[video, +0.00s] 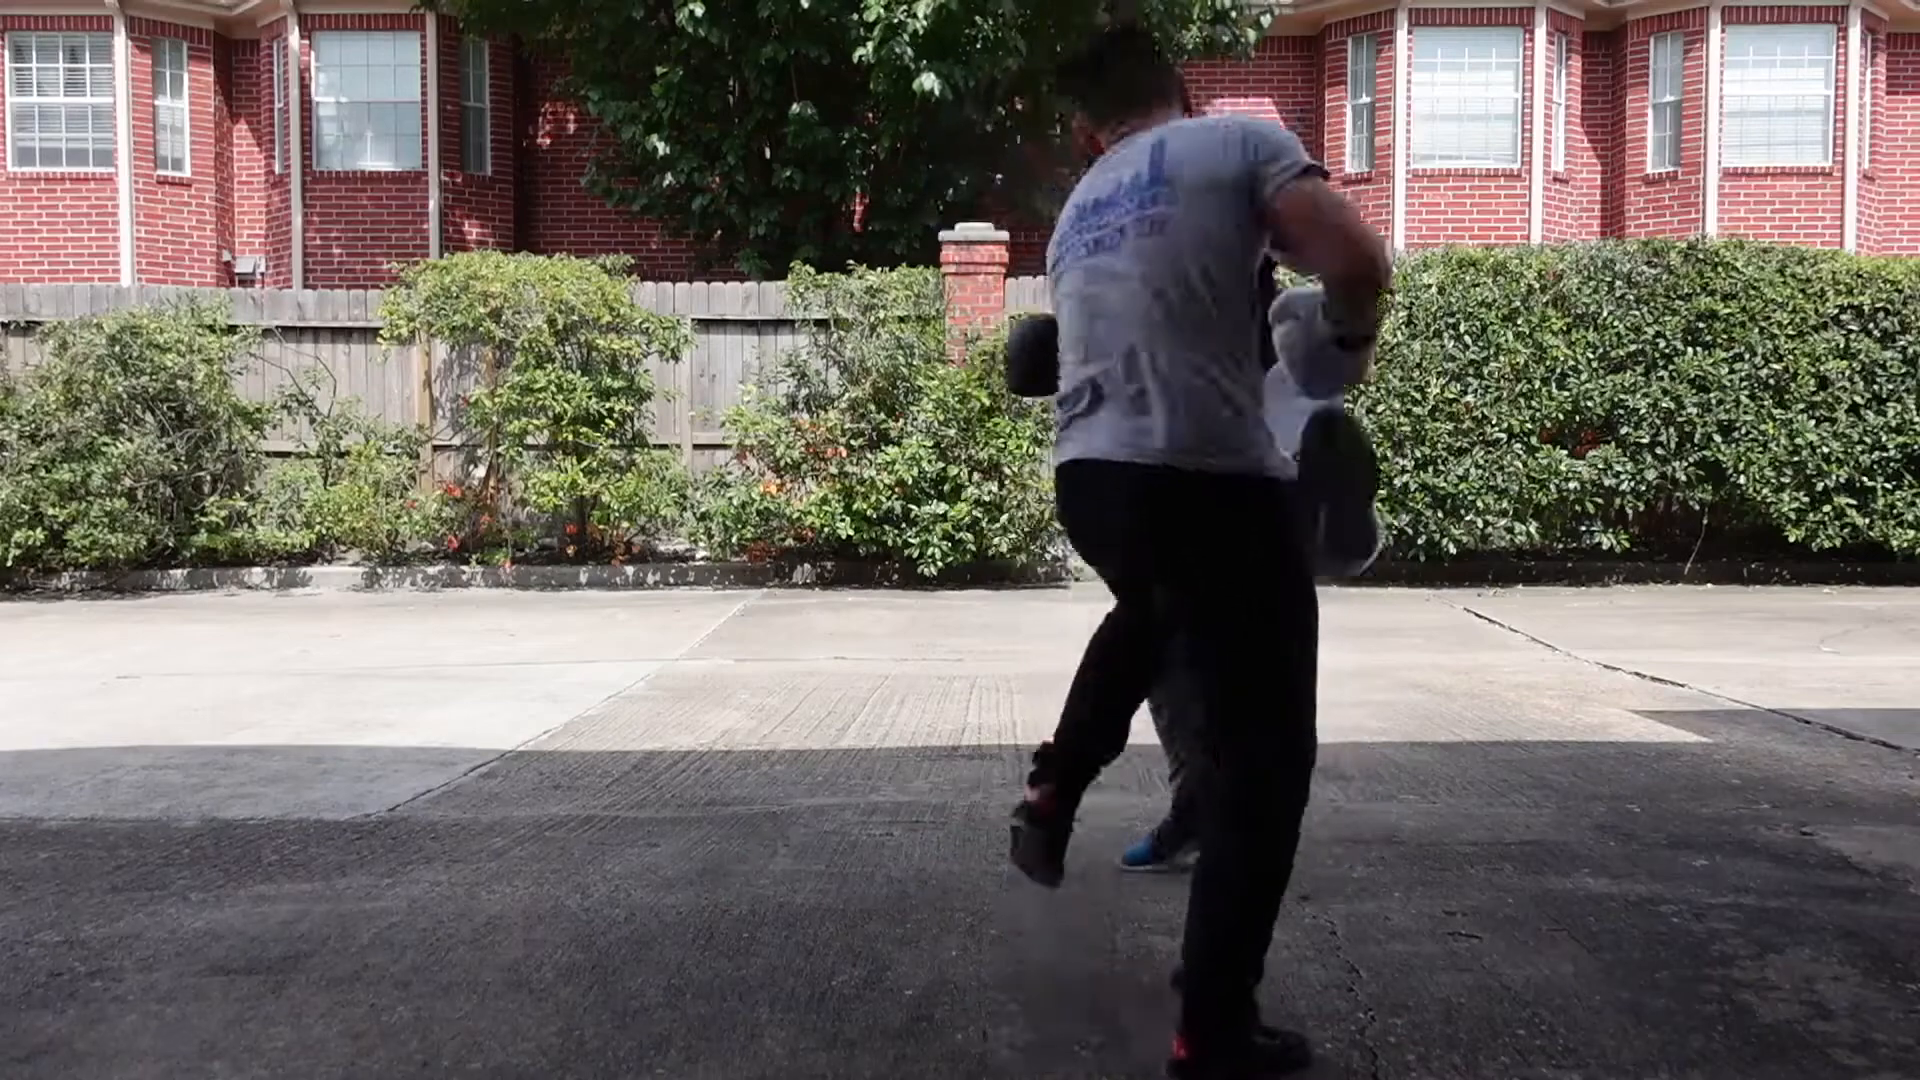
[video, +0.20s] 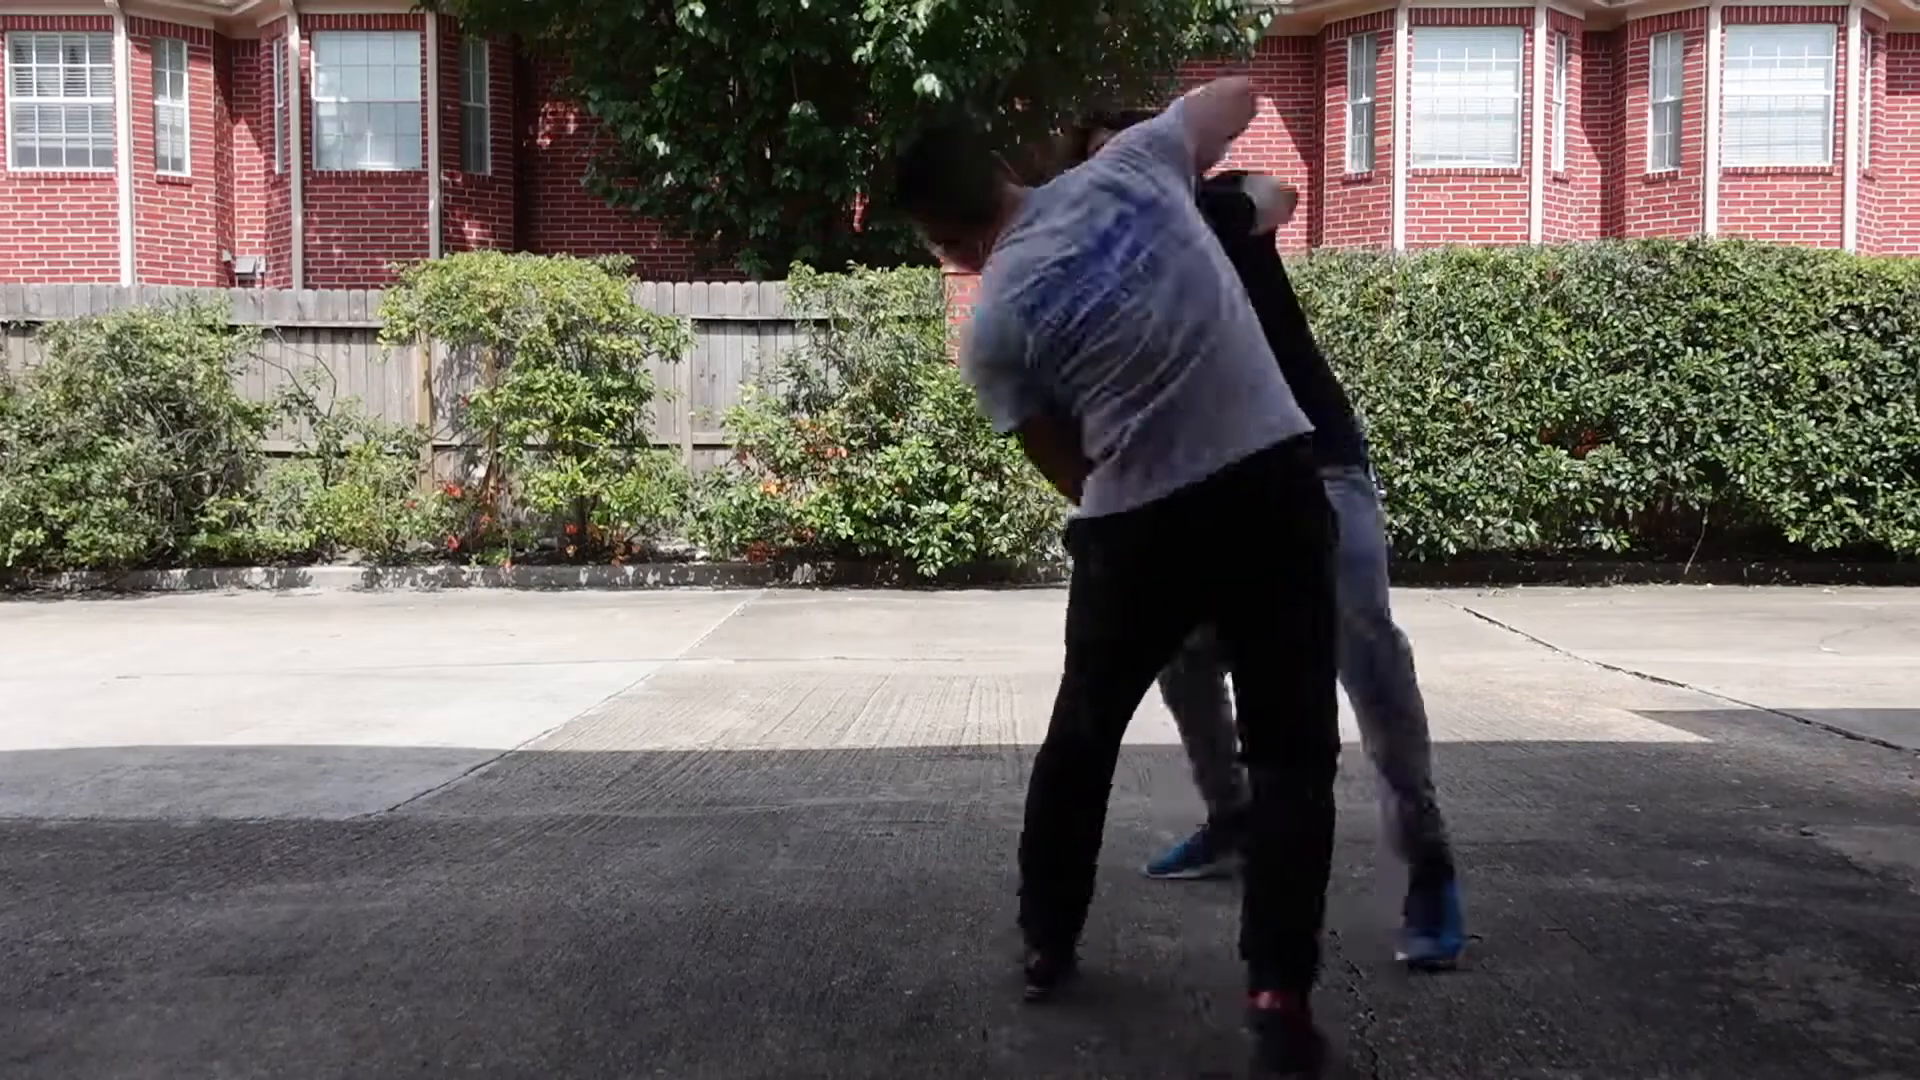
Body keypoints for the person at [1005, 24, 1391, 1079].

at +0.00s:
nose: (1082, 139)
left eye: (1078, 128)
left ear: (1088, 122)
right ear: (1179, 83)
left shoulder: (1079, 201)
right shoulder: (1239, 136)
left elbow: (1088, 338)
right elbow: (1354, 254)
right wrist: (1354, 335)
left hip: (1089, 483)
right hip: (1221, 482)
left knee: (1149, 605)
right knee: (1268, 752)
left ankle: (1049, 803)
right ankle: (1216, 1026)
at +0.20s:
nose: (1123, 178)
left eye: (1134, 159)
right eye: (1104, 168)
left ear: (1161, 163)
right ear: (1083, 182)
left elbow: (1278, 192)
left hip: (1316, 460)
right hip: (1201, 485)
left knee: (1362, 635)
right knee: (1183, 660)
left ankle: (1428, 869)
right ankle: (1229, 816)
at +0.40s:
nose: (1112, 211)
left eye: (1115, 192)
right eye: (1104, 200)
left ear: (1159, 168)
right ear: (1121, 197)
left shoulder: (1233, 194)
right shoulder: (1134, 254)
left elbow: (1200, 242)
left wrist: (1111, 280)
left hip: (1333, 488)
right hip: (1228, 493)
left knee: (1356, 665)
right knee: (1139, 642)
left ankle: (1420, 879)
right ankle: (1180, 832)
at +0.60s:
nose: (1172, 186)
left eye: (1185, 169)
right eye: (1168, 174)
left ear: (1238, 170)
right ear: (1189, 183)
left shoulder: (1277, 224)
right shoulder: (1195, 269)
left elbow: (1196, 258)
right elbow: (1129, 372)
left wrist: (1122, 238)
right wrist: (1121, 274)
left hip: (1317, 533)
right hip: (1224, 540)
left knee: (1348, 718)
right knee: (1152, 684)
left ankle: (1476, 923)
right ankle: (1182, 859)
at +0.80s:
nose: (1264, 96)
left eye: (1282, 76)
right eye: (1265, 81)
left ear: (1338, 81)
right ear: (1333, 90)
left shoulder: (1346, 168)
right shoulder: (1313, 184)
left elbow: (1266, 311)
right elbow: (1240, 339)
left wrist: (1125, 341)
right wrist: (1202, 250)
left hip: (1354, 483)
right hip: (1286, 484)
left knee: (1330, 673)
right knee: (1219, 657)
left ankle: (1449, 920)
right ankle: (1262, 840)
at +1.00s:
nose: (1304, 96)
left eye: (1322, 76)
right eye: (1307, 78)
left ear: (1378, 87)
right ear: (1382, 93)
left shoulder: (1396, 193)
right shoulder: (1396, 189)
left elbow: (1314, 335)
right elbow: (1330, 328)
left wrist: (1189, 295)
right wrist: (1265, 255)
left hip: (1431, 506)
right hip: (1403, 500)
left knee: (1369, 707)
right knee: (1308, 651)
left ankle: (1464, 951)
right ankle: (1331, 857)